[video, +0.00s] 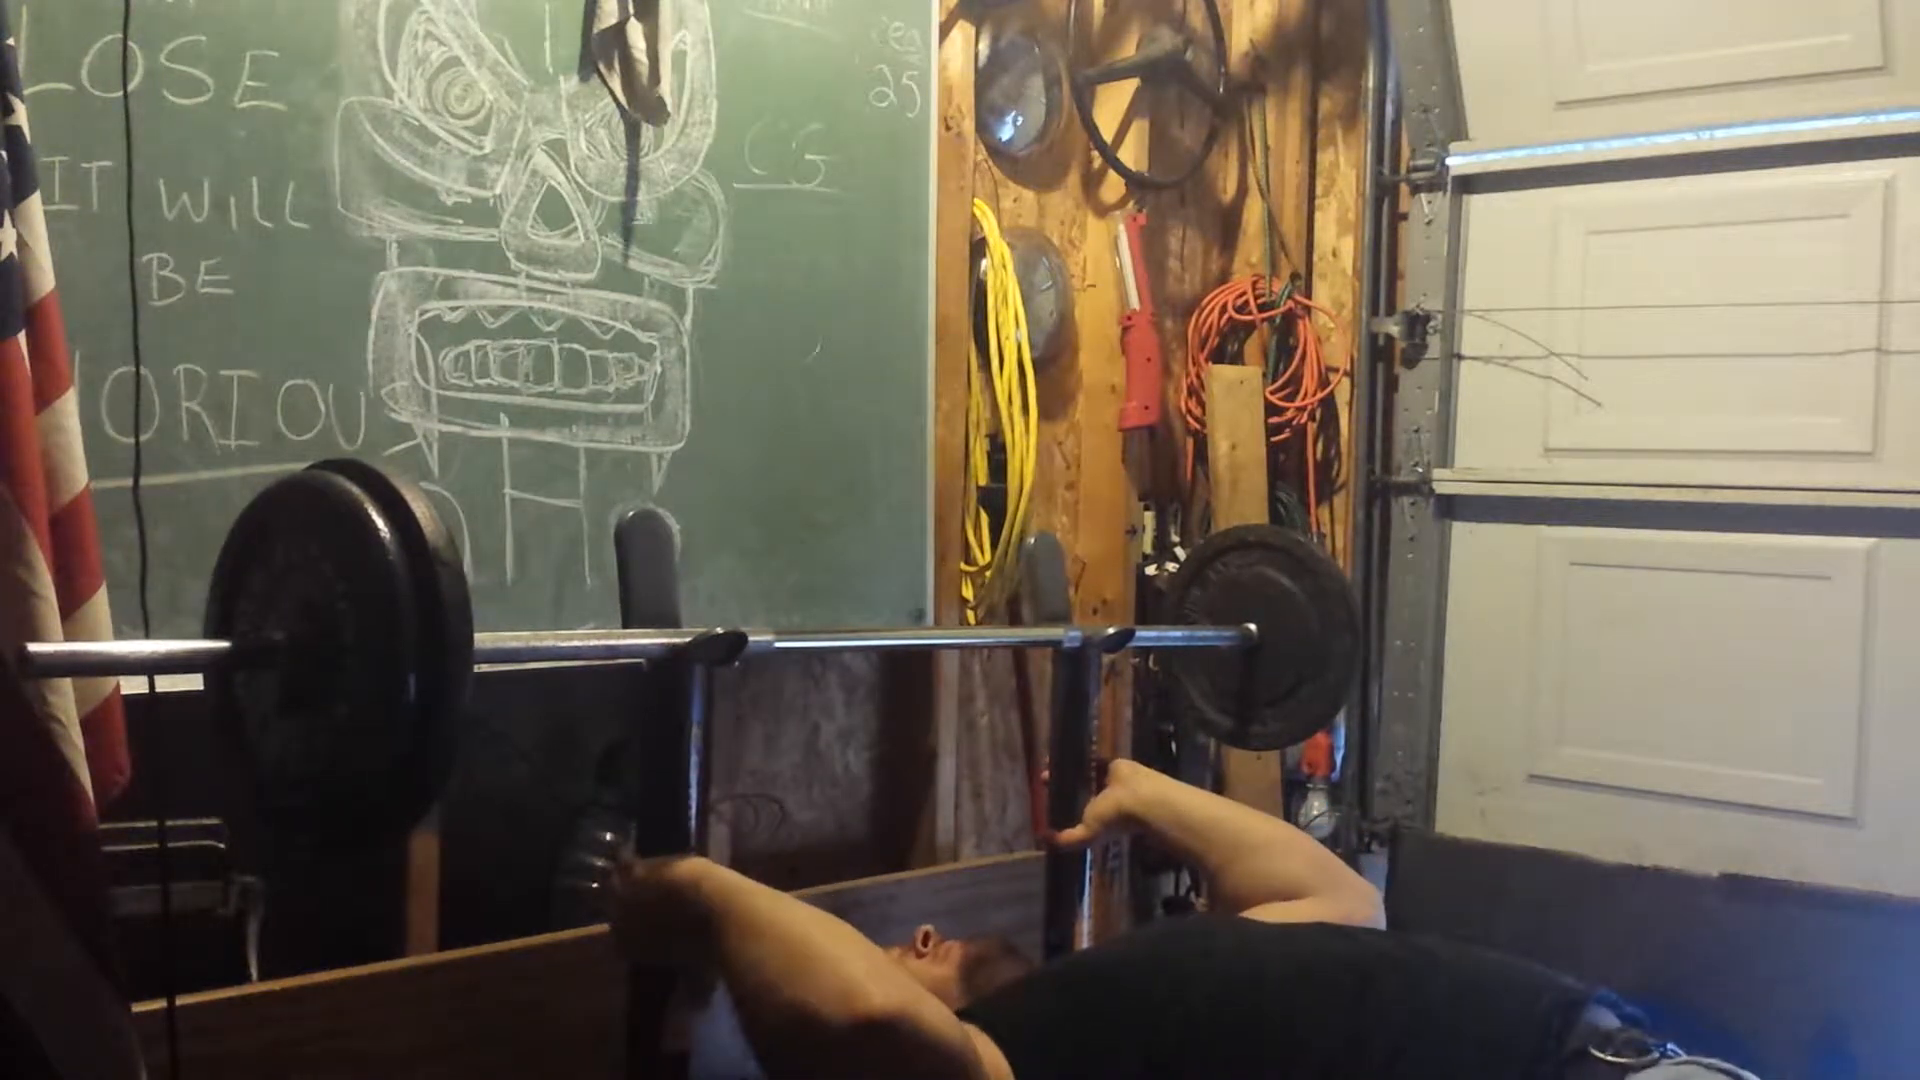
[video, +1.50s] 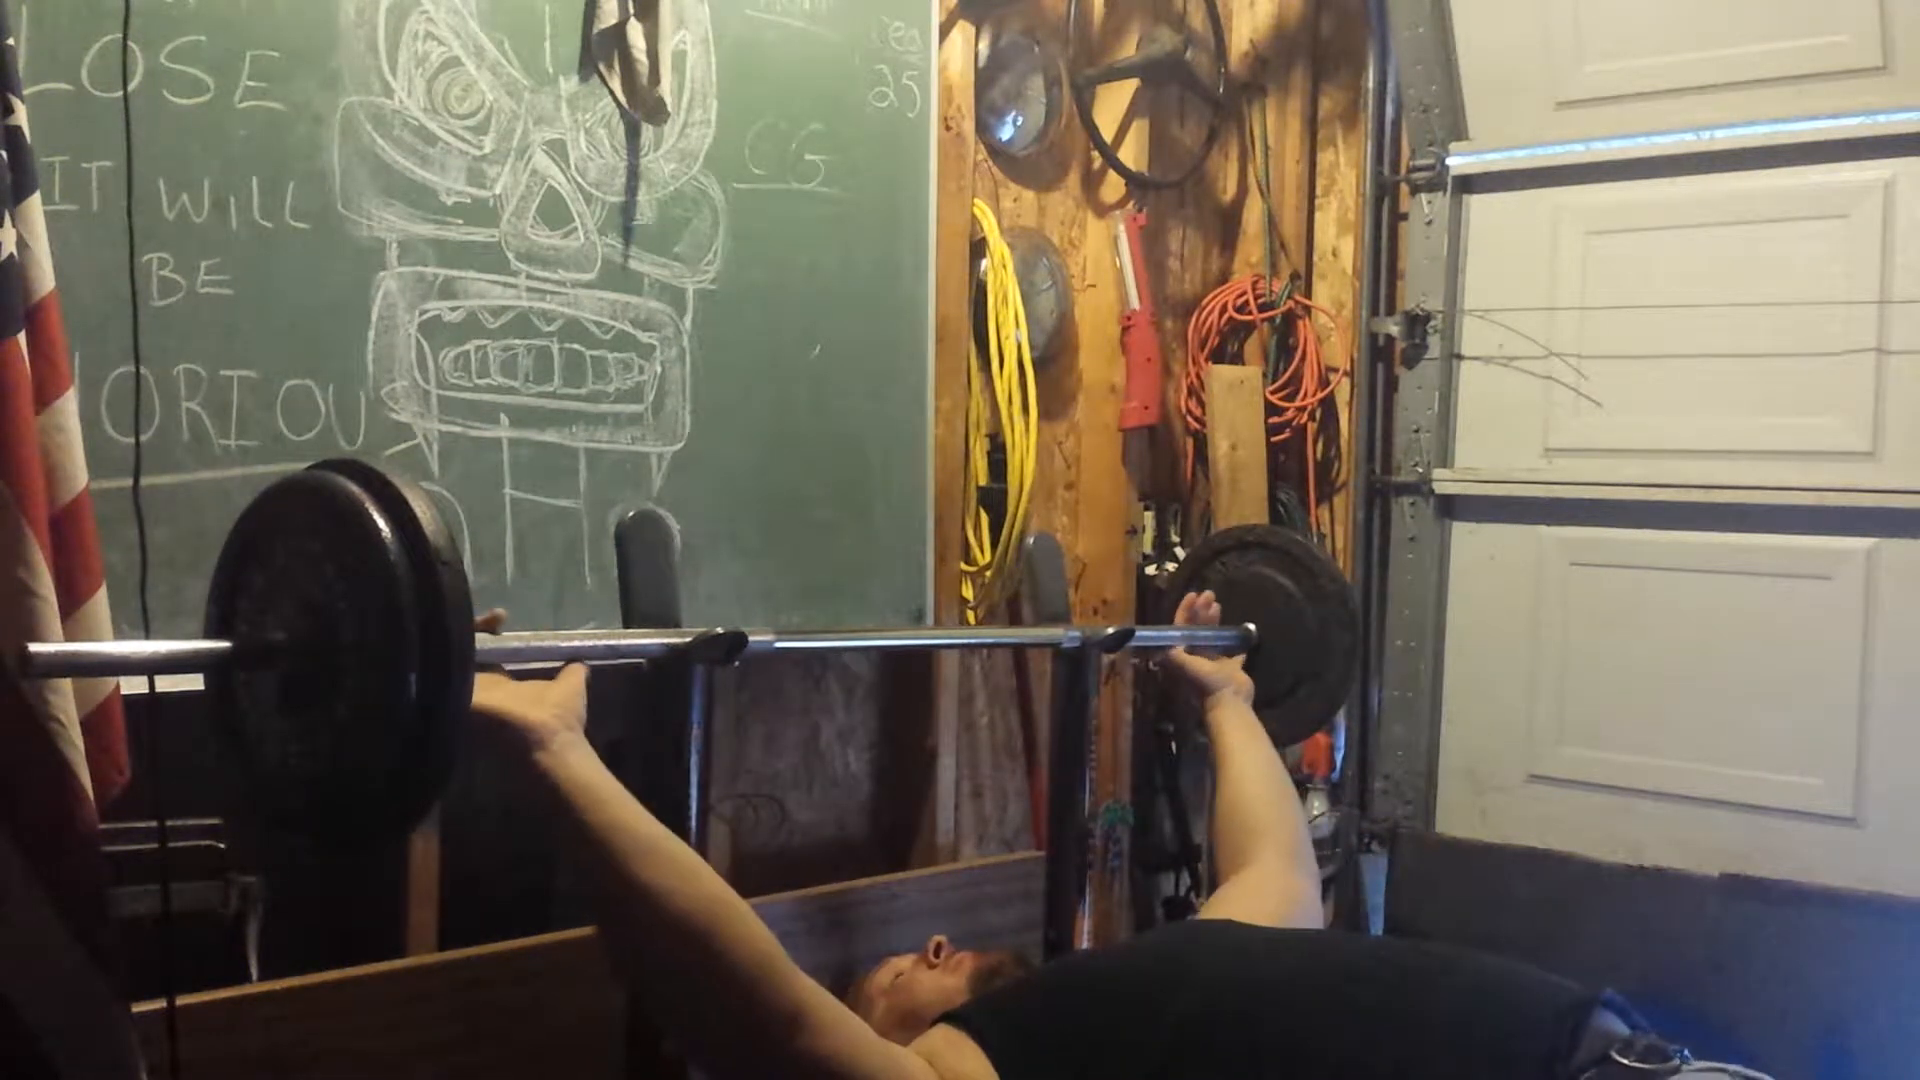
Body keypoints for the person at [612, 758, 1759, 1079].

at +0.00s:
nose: (923, 942)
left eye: (917, 932)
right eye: (893, 959)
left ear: (956, 940)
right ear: (887, 1016)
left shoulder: (1166, 967)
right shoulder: (991, 1060)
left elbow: (1337, 898)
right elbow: (871, 1016)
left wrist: (1154, 798)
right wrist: (707, 891)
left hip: (1658, 1045)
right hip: (1567, 1067)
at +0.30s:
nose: (919, 950)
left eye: (918, 944)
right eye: (892, 973)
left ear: (977, 949)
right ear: (894, 1032)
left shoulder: (1167, 968)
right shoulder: (973, 1064)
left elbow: (1345, 904)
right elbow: (851, 1046)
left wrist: (1160, 798)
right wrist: (693, 881)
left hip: (1643, 1042)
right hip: (1558, 1072)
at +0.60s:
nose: (913, 957)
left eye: (916, 950)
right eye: (887, 977)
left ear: (981, 953)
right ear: (885, 1033)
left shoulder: (1186, 970)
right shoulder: (945, 1071)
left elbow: (1329, 873)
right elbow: (793, 998)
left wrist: (1183, 712)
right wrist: (648, 771)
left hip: (1668, 1052)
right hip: (1570, 1070)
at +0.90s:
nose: (923, 946)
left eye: (912, 943)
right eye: (887, 973)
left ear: (967, 959)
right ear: (876, 1034)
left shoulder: (1167, 974)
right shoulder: (966, 1067)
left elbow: (1302, 854)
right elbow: (798, 997)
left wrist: (1208, 678)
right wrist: (641, 728)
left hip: (1651, 1048)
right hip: (1568, 1062)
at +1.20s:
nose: (907, 960)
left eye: (908, 958)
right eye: (880, 982)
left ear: (964, 971)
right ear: (879, 1038)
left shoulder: (1155, 983)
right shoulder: (949, 1074)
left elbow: (1284, 865)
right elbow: (779, 1002)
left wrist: (1236, 691)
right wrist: (560, 755)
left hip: (1668, 1049)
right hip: (1578, 1062)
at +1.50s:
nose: (918, 949)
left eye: (923, 949)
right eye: (893, 972)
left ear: (974, 963)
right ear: (895, 1035)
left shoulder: (1170, 979)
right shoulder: (947, 1067)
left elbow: (1270, 864)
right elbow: (780, 1008)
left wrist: (1220, 690)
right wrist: (562, 753)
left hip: (1658, 1043)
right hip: (1568, 1056)